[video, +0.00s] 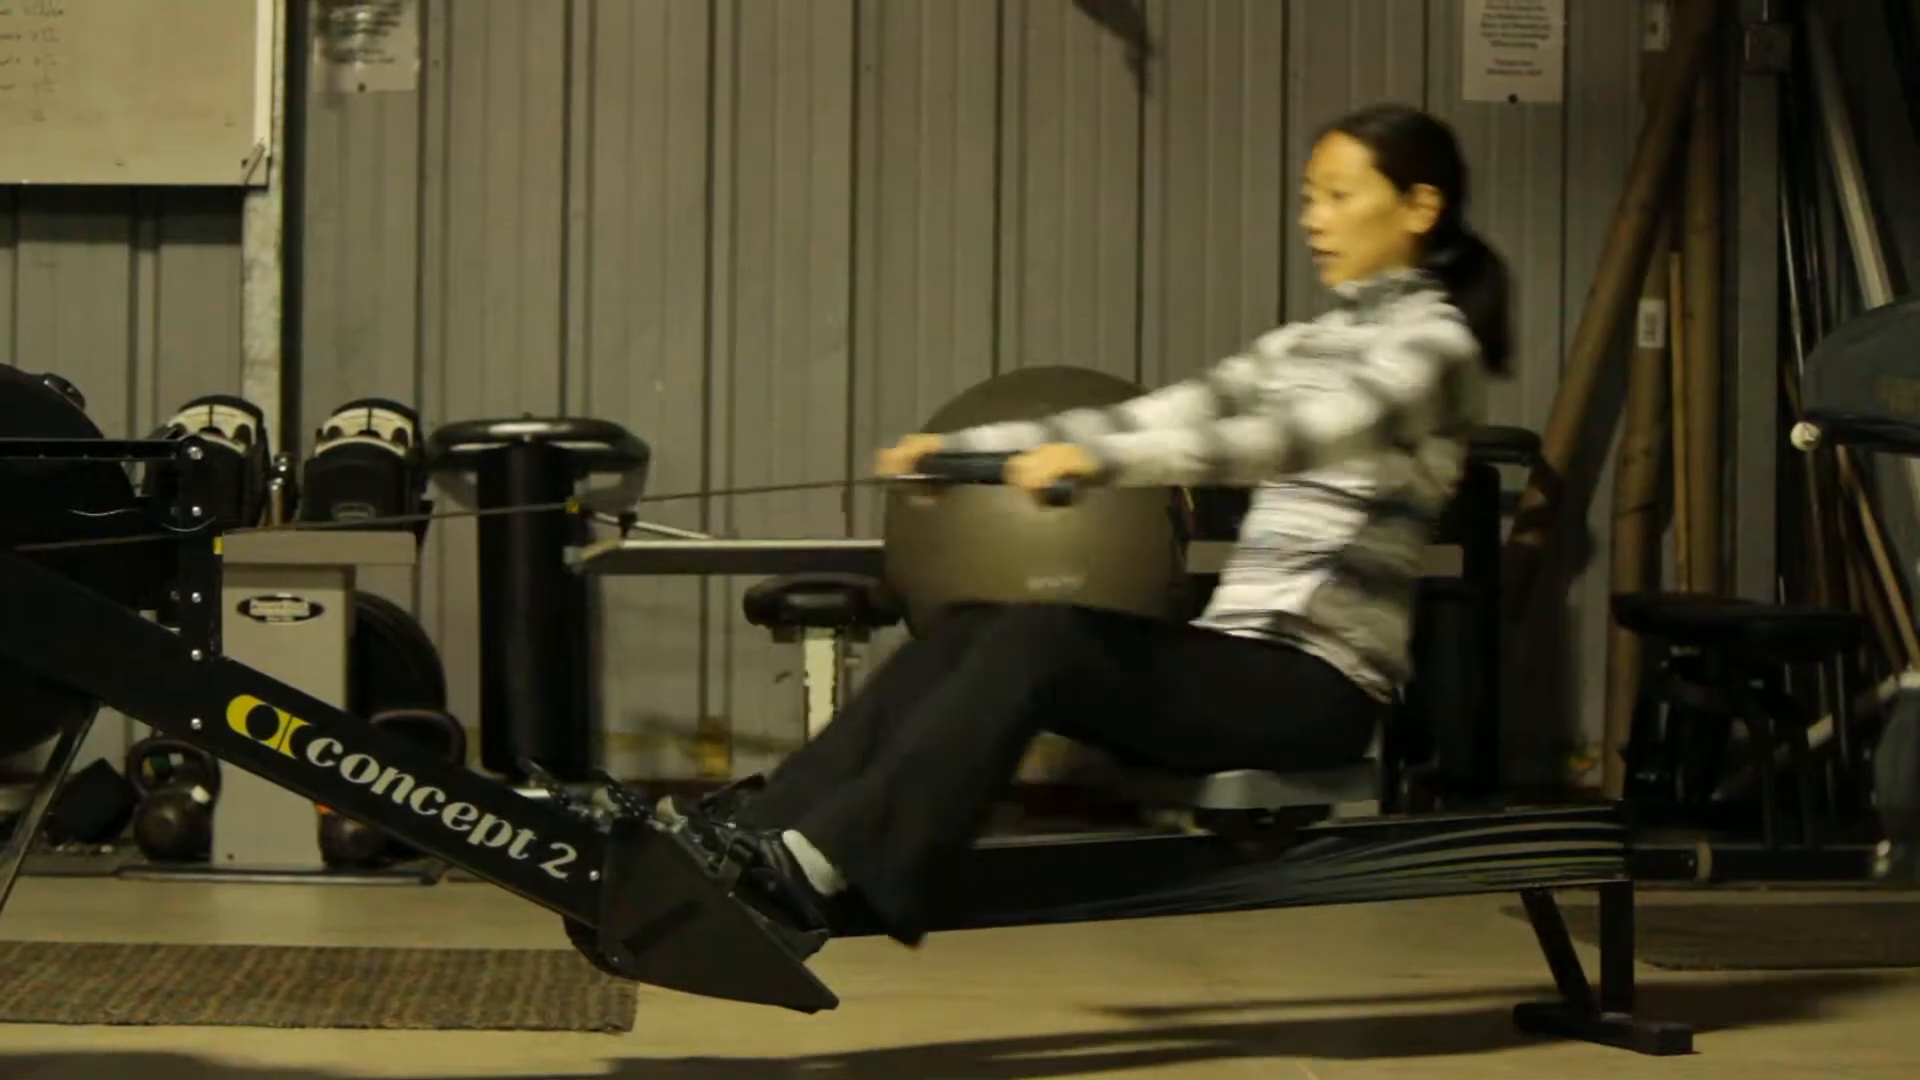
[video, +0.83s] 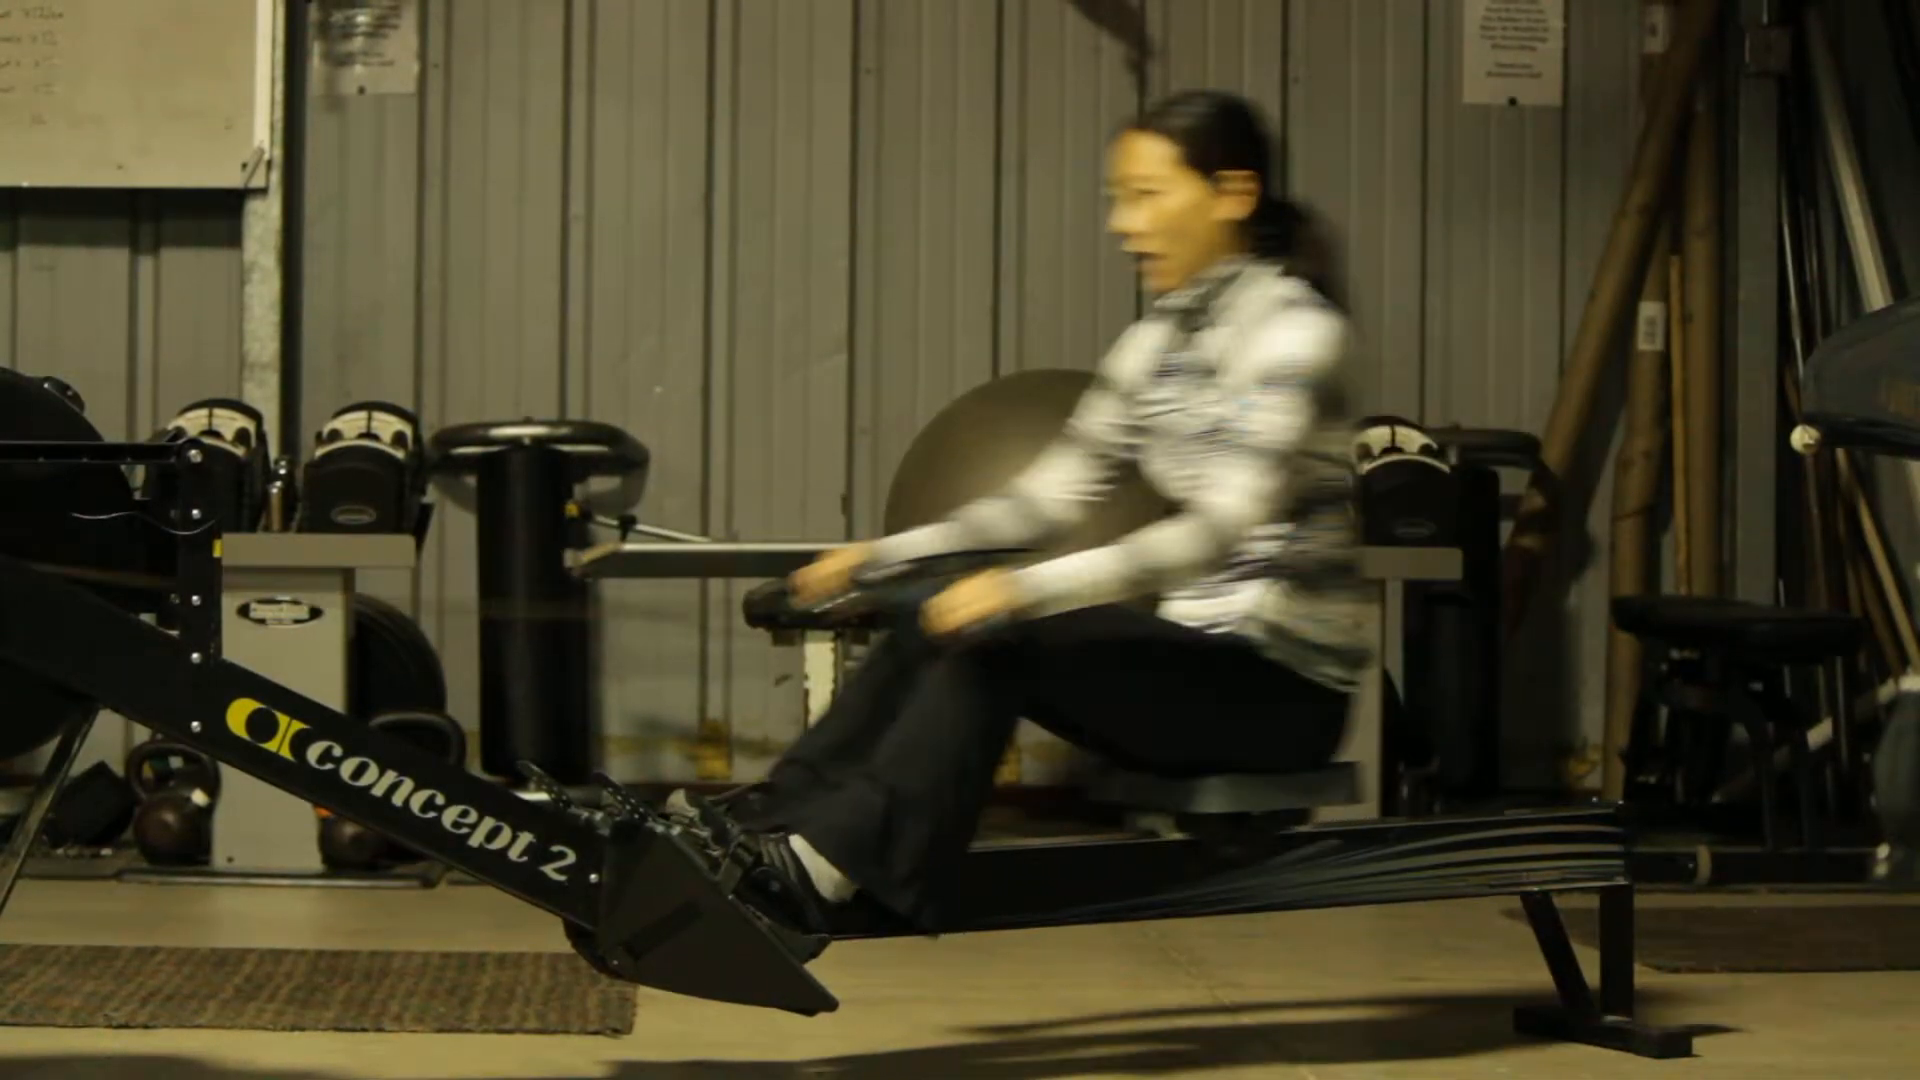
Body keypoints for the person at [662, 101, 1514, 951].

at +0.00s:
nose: (1312, 218)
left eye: (1336, 194)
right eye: (1311, 196)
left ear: (1420, 209)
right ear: (1314, 211)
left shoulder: (1430, 335)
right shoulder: (1319, 336)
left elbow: (1297, 428)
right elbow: (1180, 407)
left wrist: (1106, 454)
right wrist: (966, 454)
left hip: (1319, 679)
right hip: (1232, 659)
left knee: (1035, 642)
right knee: (963, 632)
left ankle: (820, 875)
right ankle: (750, 835)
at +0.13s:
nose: (1381, 245)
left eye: (1403, 224)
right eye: (1378, 226)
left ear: (1483, 229)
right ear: (1388, 237)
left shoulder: (1500, 354)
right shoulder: (1377, 359)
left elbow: (1430, 484)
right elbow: (1257, 465)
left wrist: (1226, 477)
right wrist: (1076, 475)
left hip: (1366, 674)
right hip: (1277, 652)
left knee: (1050, 685)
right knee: (994, 673)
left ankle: (811, 878)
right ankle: (738, 846)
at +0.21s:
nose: (1406, 262)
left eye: (1428, 240)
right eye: (1403, 241)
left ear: (1508, 243)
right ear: (1423, 248)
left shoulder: (1533, 372)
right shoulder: (1412, 371)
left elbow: (1485, 533)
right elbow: (1305, 510)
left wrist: (1298, 497)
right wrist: (1146, 492)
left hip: (1377, 675)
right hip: (1293, 652)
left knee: (1066, 708)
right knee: (1009, 695)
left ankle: (812, 886)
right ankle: (740, 845)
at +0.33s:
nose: (1423, 281)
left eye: (1444, 256)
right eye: (1418, 258)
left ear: (1523, 257)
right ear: (1437, 262)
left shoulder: (1559, 388)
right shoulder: (1434, 390)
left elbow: (1580, 573)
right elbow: (1385, 530)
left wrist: (1411, 516)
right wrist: (1247, 507)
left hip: (1385, 667)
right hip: (1298, 647)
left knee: (1092, 734)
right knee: (1025, 712)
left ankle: (808, 895)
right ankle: (760, 852)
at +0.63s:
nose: (1330, 255)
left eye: (1348, 229)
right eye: (1324, 232)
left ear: (1430, 221)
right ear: (1358, 231)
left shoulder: (1491, 347)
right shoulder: (1371, 349)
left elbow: (1539, 548)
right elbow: (1339, 518)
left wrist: (1363, 511)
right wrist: (1213, 505)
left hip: (1386, 675)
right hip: (1304, 654)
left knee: (1082, 703)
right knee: (1028, 687)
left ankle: (814, 884)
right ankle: (750, 851)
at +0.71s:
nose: (1253, 233)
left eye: (1273, 206)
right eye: (1250, 210)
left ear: (1361, 208)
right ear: (1333, 212)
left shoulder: (1421, 339)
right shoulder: (1291, 341)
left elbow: (1429, 539)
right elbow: (1244, 504)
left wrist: (1241, 529)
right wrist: (1092, 513)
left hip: (1362, 672)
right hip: (1259, 652)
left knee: (1057, 679)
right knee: (1010, 665)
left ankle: (824, 882)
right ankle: (777, 840)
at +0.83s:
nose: (1124, 225)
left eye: (1145, 196)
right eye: (1119, 200)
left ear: (1236, 194)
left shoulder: (1295, 329)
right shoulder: (1152, 341)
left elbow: (1219, 527)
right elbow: (1049, 497)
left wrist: (1025, 590)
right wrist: (874, 557)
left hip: (1277, 683)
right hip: (1182, 658)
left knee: (987, 644)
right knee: (931, 621)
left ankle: (824, 877)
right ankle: (763, 834)